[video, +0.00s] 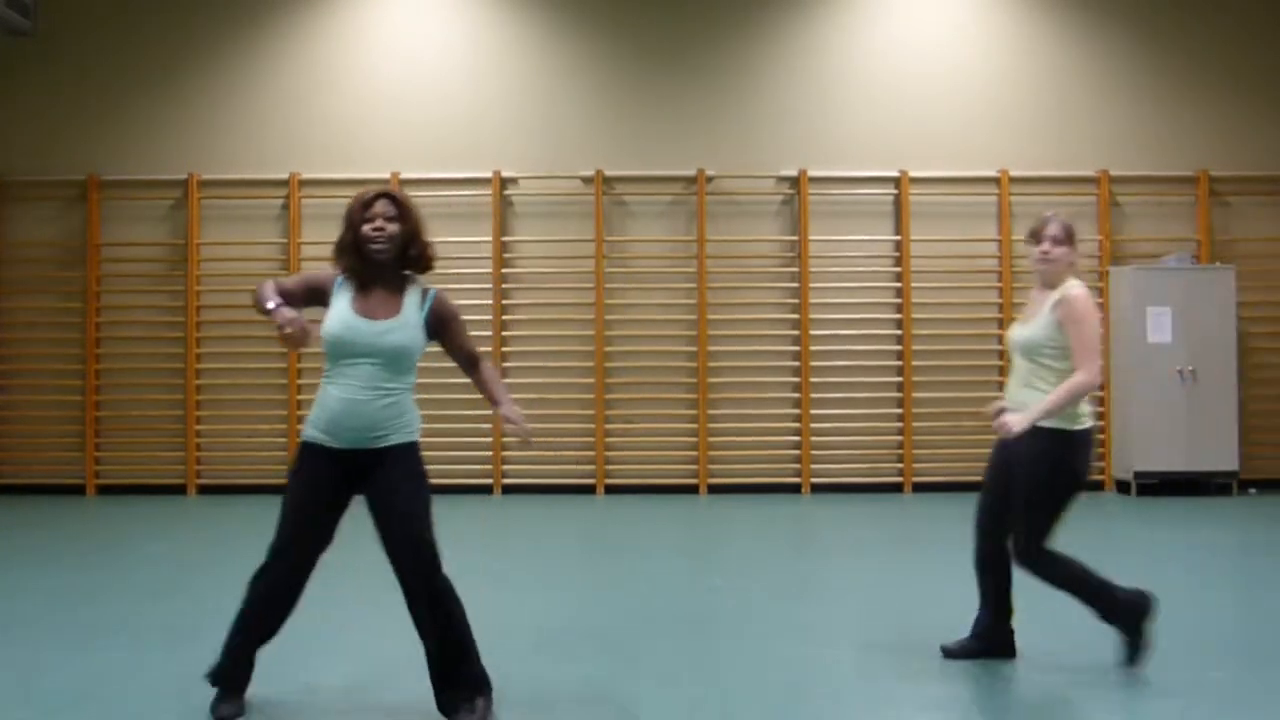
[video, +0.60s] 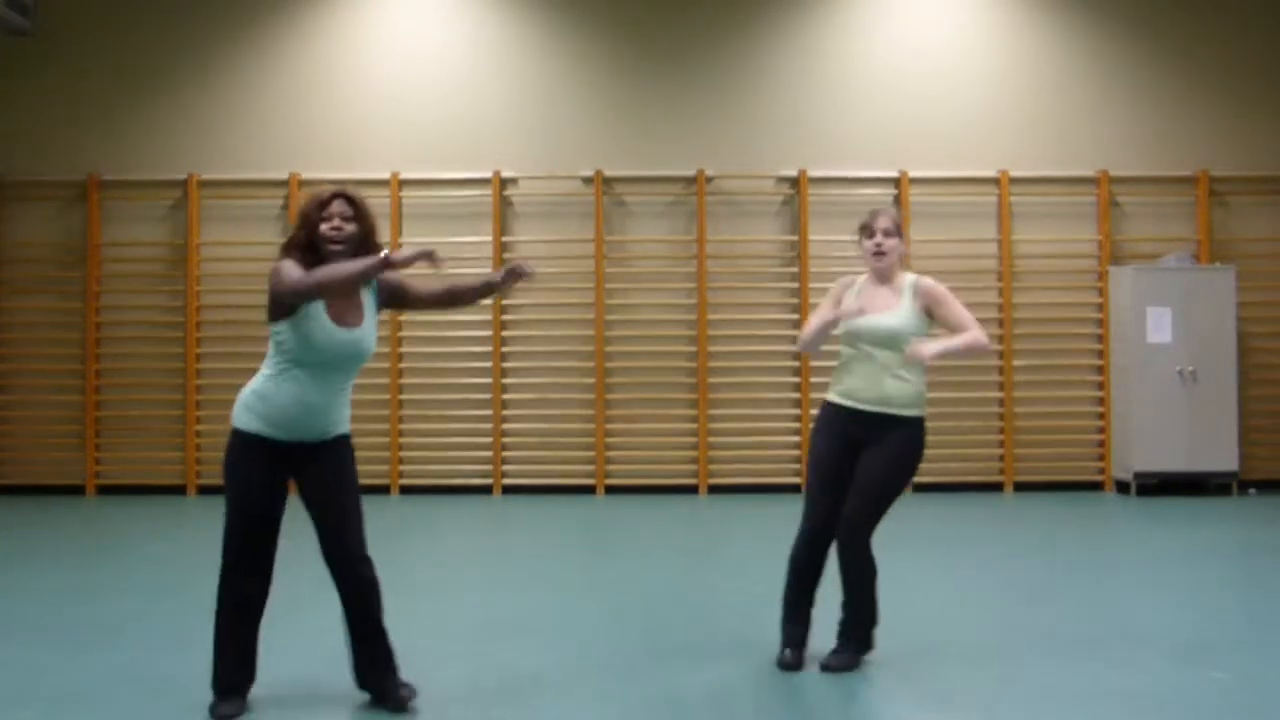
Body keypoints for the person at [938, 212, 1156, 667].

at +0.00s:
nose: (1047, 249)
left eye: (1058, 243)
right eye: (1040, 242)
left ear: (1073, 252)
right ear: (1031, 250)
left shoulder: (1075, 299)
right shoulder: (1038, 297)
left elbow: (1089, 374)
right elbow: (1037, 367)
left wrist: (1029, 415)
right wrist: (1010, 405)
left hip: (1059, 440)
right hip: (1021, 436)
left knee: (1028, 548)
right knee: (991, 533)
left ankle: (1127, 608)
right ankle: (993, 634)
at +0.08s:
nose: (1017, 250)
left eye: (1027, 243)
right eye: (1010, 242)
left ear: (1043, 253)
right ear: (1000, 250)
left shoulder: (1047, 301)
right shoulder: (1003, 297)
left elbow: (1069, 374)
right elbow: (999, 367)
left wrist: (1023, 430)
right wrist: (961, 394)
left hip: (1028, 436)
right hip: (990, 429)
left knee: (972, 534)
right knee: (968, 534)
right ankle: (991, 634)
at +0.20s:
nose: (977, 250)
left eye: (987, 244)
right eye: (970, 242)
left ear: (1001, 253)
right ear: (960, 250)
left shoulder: (1011, 302)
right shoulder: (955, 295)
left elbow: (1048, 368)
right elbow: (942, 359)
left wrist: (1015, 430)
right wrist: (902, 375)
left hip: (986, 434)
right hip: (945, 429)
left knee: (915, 524)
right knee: (953, 539)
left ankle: (919, 640)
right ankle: (992, 633)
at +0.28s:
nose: (951, 251)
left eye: (961, 245)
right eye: (944, 244)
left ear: (976, 254)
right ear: (934, 252)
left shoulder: (988, 304)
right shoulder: (925, 297)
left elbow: (1028, 367)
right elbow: (908, 365)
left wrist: (1001, 429)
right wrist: (872, 374)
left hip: (961, 436)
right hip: (916, 431)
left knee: (896, 529)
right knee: (926, 541)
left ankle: (867, 644)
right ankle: (985, 624)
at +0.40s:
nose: (920, 251)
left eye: (929, 244)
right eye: (912, 244)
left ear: (943, 256)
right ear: (900, 254)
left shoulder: (956, 306)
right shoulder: (890, 299)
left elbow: (989, 372)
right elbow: (873, 366)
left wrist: (964, 431)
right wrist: (849, 382)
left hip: (927, 434)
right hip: (879, 429)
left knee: (869, 534)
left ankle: (866, 644)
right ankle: (927, 596)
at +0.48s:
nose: (901, 246)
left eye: (910, 239)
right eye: (893, 239)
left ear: (924, 249)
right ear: (882, 248)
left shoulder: (939, 300)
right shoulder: (870, 297)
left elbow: (976, 365)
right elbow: (850, 361)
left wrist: (939, 410)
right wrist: (838, 370)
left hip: (911, 434)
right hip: (860, 427)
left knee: (862, 535)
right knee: (827, 530)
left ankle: (867, 646)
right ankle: (860, 622)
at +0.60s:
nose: (879, 242)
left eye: (888, 234)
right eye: (871, 235)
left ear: (903, 242)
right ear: (860, 244)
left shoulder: (923, 290)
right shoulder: (846, 289)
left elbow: (979, 337)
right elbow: (805, 344)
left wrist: (935, 347)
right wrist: (836, 316)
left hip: (898, 426)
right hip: (839, 419)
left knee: (853, 531)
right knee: (815, 527)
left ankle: (855, 642)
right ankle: (793, 639)